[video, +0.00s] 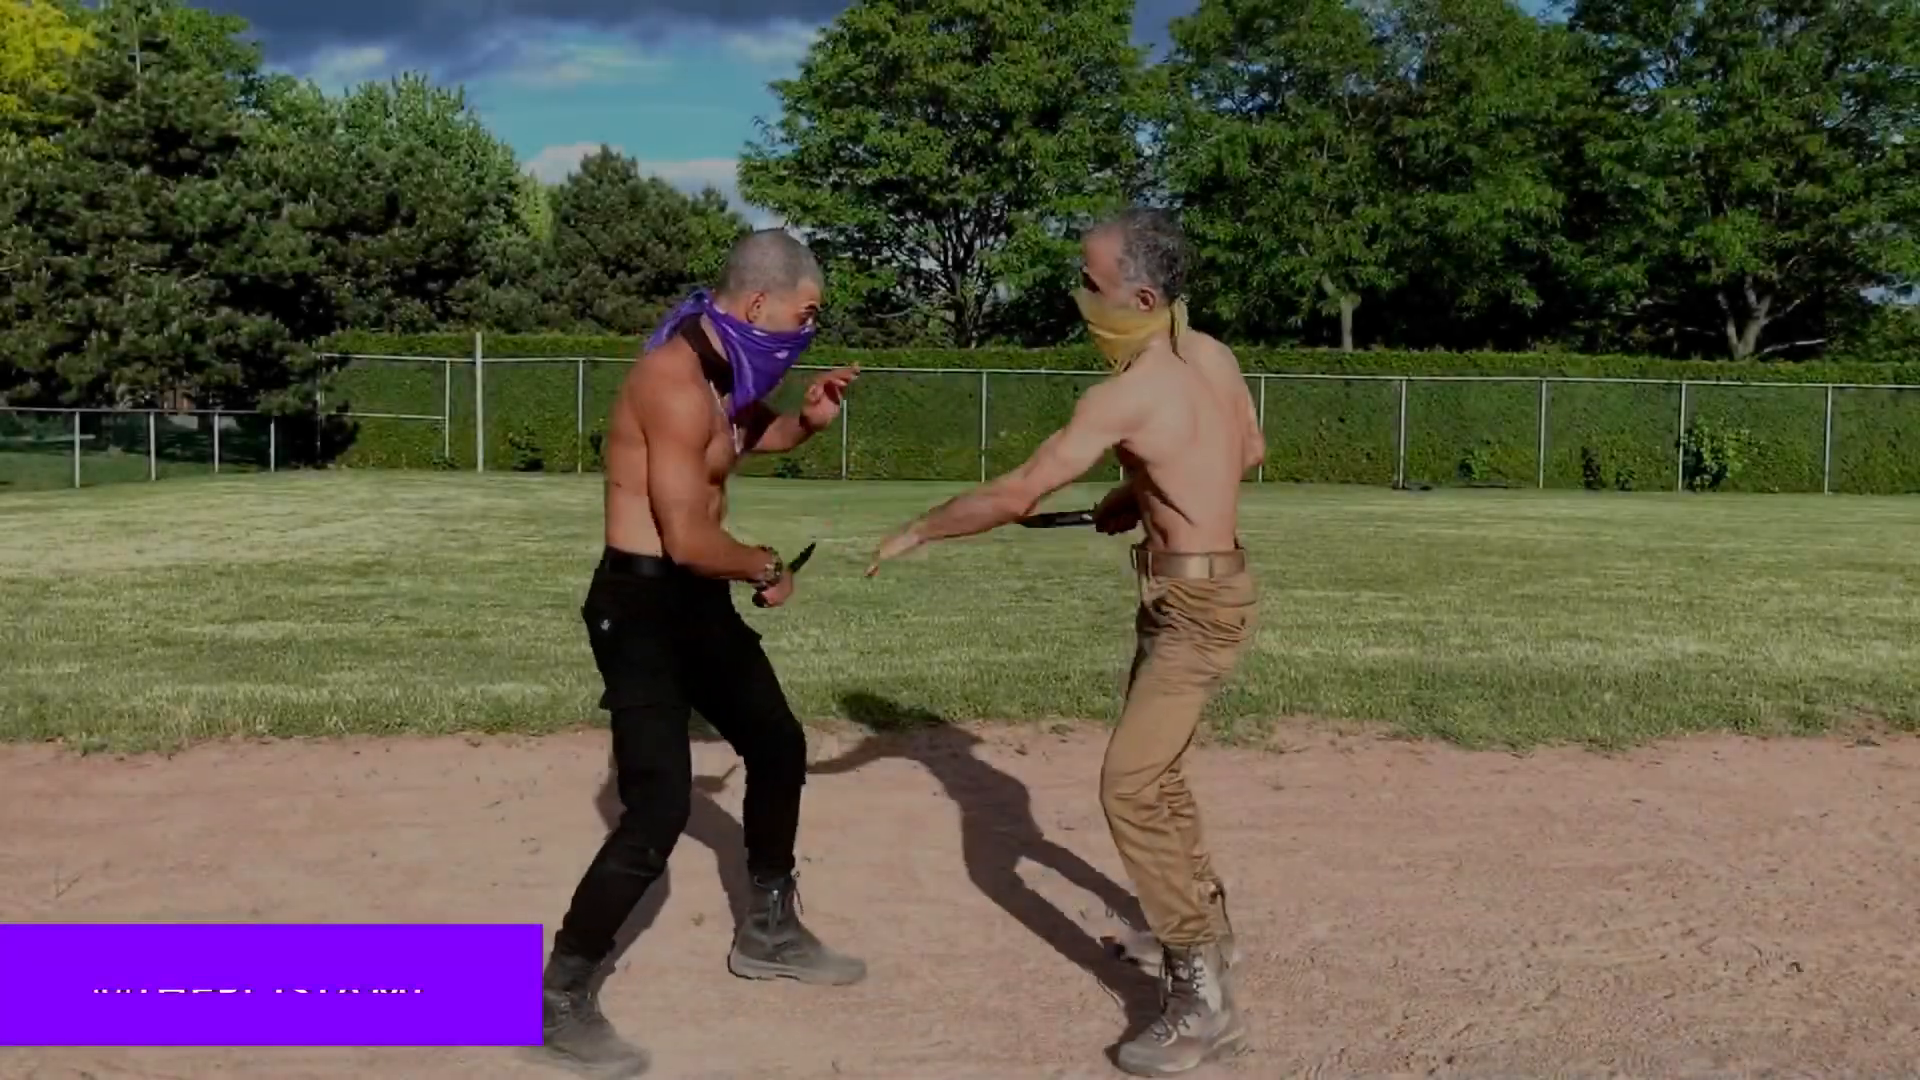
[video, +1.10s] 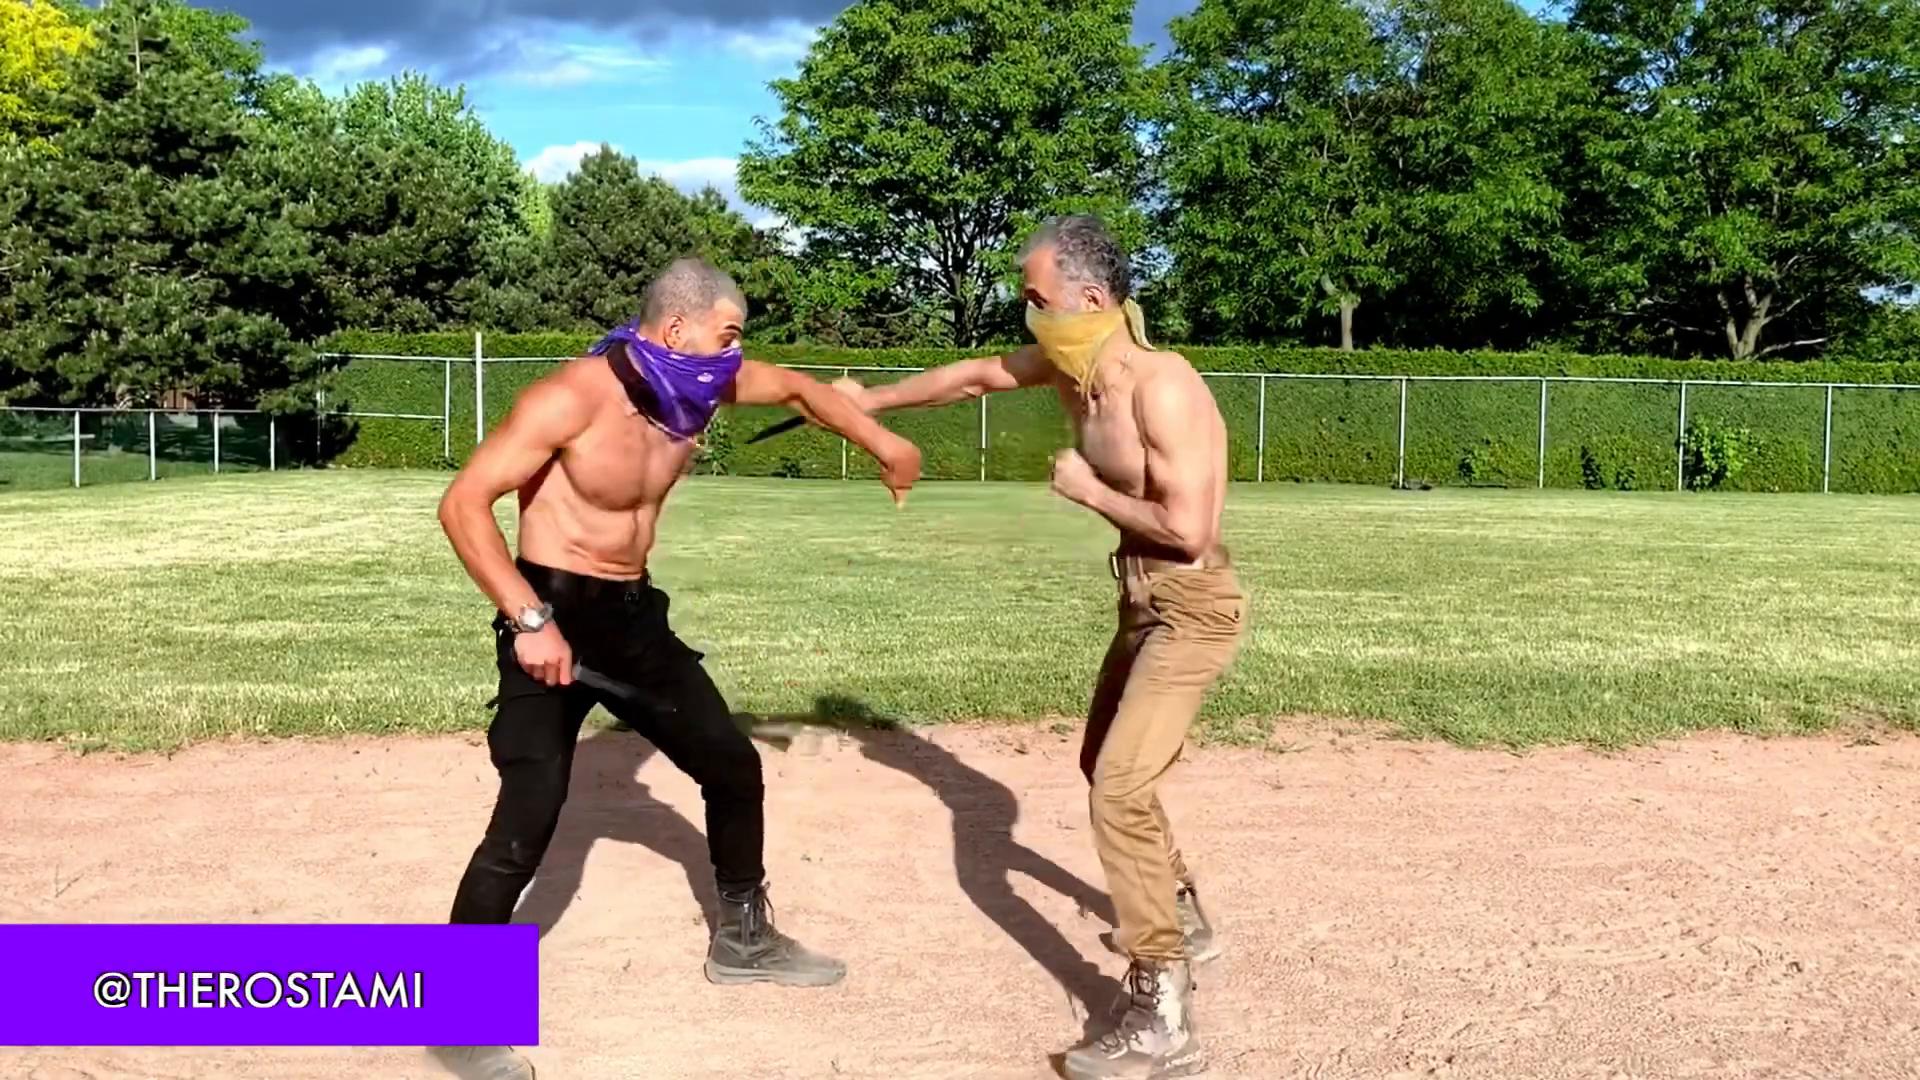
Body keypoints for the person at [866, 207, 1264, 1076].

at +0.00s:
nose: (1084, 297)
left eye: (1094, 284)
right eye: (1084, 280)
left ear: (1140, 291)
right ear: (1159, 291)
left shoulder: (1127, 395)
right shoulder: (1211, 355)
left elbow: (1020, 493)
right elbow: (1249, 451)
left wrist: (922, 530)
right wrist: (1146, 490)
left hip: (1192, 608)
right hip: (1203, 593)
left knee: (1131, 787)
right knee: (1151, 770)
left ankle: (1202, 995)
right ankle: (1201, 928)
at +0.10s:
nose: (1059, 298)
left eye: (1067, 283)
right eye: (1057, 282)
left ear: (1118, 285)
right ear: (1128, 286)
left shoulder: (1134, 390)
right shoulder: (1189, 355)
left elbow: (1149, 534)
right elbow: (1207, 463)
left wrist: (1069, 575)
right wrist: (1114, 488)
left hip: (1187, 595)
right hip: (1216, 580)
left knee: (1120, 790)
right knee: (1162, 770)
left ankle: (1198, 995)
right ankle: (1202, 927)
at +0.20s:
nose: (1040, 306)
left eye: (1049, 290)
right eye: (1038, 291)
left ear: (1099, 285)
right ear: (1092, 287)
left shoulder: (1156, 371)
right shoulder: (1119, 362)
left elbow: (1239, 492)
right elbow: (1140, 459)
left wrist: (1144, 558)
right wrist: (1091, 485)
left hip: (1202, 596)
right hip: (1168, 591)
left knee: (1140, 787)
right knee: (1155, 770)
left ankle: (1203, 994)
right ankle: (1196, 918)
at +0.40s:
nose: (1043, 311)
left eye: (1050, 293)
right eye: (1038, 295)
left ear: (1103, 282)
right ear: (1078, 287)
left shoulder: (1174, 364)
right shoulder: (1096, 370)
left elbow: (1237, 492)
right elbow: (1102, 480)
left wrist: (1121, 484)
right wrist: (1027, 506)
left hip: (1211, 593)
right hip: (1164, 592)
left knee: (1147, 783)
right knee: (1136, 764)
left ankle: (1203, 990)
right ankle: (1190, 910)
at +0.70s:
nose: (1036, 315)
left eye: (1042, 296)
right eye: (1030, 299)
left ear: (1094, 287)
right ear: (1078, 290)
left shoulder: (1155, 366)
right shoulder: (1106, 381)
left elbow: (1161, 480)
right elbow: (1082, 491)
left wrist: (1075, 438)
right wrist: (1003, 502)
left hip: (1202, 599)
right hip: (1168, 598)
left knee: (1132, 787)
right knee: (1128, 773)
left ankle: (1211, 993)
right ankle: (1180, 926)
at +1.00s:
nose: (1035, 314)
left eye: (1041, 294)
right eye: (1029, 296)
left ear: (1091, 288)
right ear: (1095, 288)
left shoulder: (1133, 374)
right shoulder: (1132, 362)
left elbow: (1126, 512)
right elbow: (1094, 453)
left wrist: (1033, 527)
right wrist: (999, 462)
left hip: (1183, 607)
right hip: (1162, 600)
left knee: (1099, 796)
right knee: (1142, 769)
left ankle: (1155, 1012)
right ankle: (1190, 928)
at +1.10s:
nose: (1029, 314)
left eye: (1037, 297)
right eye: (1027, 298)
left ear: (1092, 296)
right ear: (1081, 297)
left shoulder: (1166, 387)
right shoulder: (1076, 369)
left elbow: (1189, 531)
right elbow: (974, 376)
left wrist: (1092, 492)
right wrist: (870, 397)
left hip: (1192, 613)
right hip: (1143, 609)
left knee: (1123, 786)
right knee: (1102, 763)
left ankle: (1163, 1013)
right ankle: (1180, 915)